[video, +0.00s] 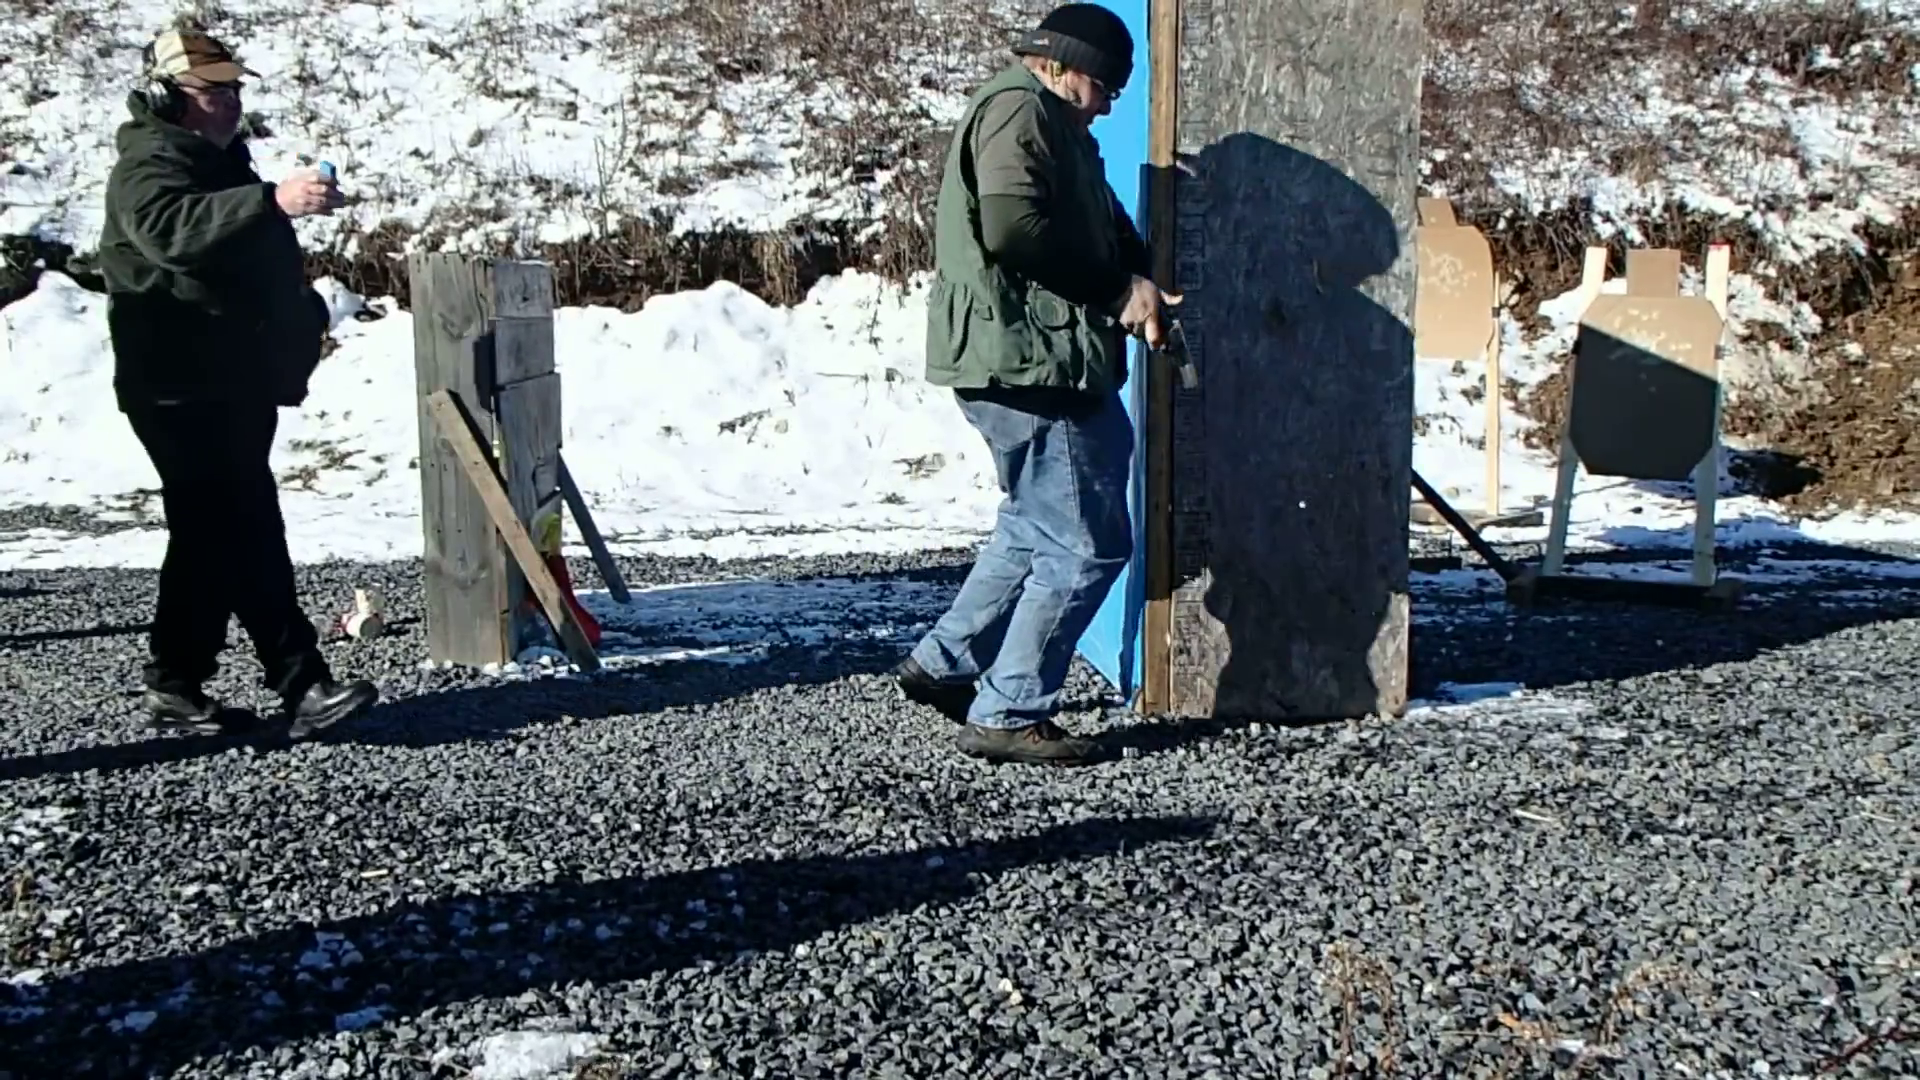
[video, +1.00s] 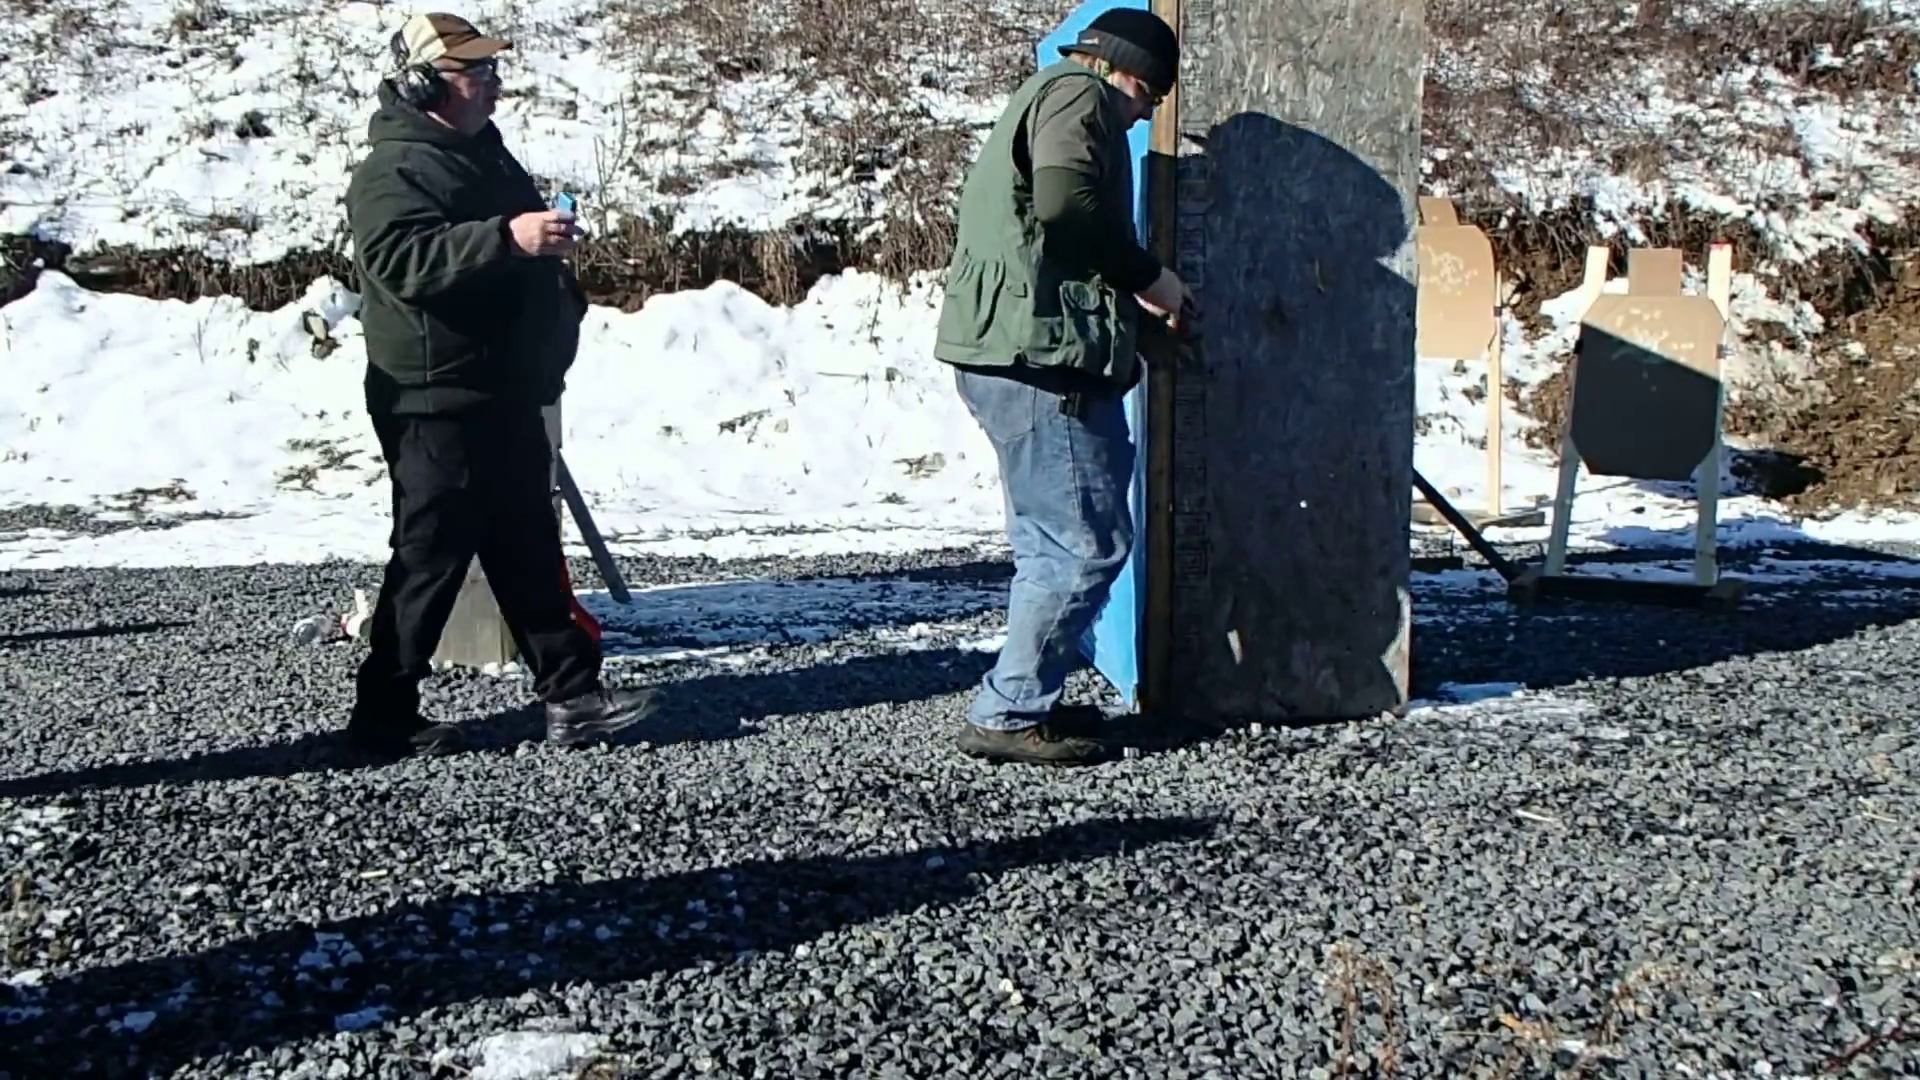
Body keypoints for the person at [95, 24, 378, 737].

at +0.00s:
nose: (234, 102)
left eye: (235, 89)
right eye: (219, 90)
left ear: (230, 90)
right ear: (179, 93)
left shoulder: (226, 161)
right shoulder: (147, 160)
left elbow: (258, 263)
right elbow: (175, 235)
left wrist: (304, 323)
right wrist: (273, 199)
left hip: (235, 383)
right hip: (180, 391)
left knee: (208, 533)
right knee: (249, 530)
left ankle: (174, 682)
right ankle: (302, 686)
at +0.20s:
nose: (283, 106)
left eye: (283, 94)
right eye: (270, 95)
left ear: (259, 98)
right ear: (232, 100)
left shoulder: (267, 161)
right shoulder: (198, 167)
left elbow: (282, 266)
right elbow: (221, 254)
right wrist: (320, 206)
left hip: (283, 390)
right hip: (240, 398)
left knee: (252, 539)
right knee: (301, 540)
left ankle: (179, 678)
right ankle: (360, 696)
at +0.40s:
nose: (344, 95)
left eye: (342, 83)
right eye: (331, 85)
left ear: (310, 96)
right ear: (293, 95)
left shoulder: (322, 156)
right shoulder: (257, 168)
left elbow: (354, 260)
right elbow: (277, 264)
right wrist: (379, 225)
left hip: (340, 386)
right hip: (296, 393)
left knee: (317, 538)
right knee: (355, 543)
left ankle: (214, 654)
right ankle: (380, 707)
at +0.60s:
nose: (398, 85)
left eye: (395, 72)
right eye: (383, 73)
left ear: (365, 84)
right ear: (342, 83)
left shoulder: (380, 148)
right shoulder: (304, 161)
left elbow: (410, 249)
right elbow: (324, 266)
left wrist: (456, 253)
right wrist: (426, 234)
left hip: (402, 378)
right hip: (338, 385)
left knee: (420, 525)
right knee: (373, 536)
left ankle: (300, 630)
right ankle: (380, 708)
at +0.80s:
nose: (443, 77)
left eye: (442, 64)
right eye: (428, 66)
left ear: (417, 76)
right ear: (385, 75)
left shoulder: (437, 147)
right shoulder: (344, 158)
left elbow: (468, 239)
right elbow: (356, 265)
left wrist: (505, 263)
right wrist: (464, 236)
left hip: (456, 380)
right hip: (381, 387)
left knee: (482, 537)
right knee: (396, 544)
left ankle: (477, 693)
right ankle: (382, 708)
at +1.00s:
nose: (493, 84)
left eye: (493, 70)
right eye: (480, 71)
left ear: (465, 80)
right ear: (437, 81)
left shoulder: (486, 156)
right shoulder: (392, 168)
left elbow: (525, 252)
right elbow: (407, 266)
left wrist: (554, 246)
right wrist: (508, 238)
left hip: (506, 387)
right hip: (434, 396)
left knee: (530, 545)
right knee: (428, 557)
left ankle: (571, 694)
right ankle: (384, 717)